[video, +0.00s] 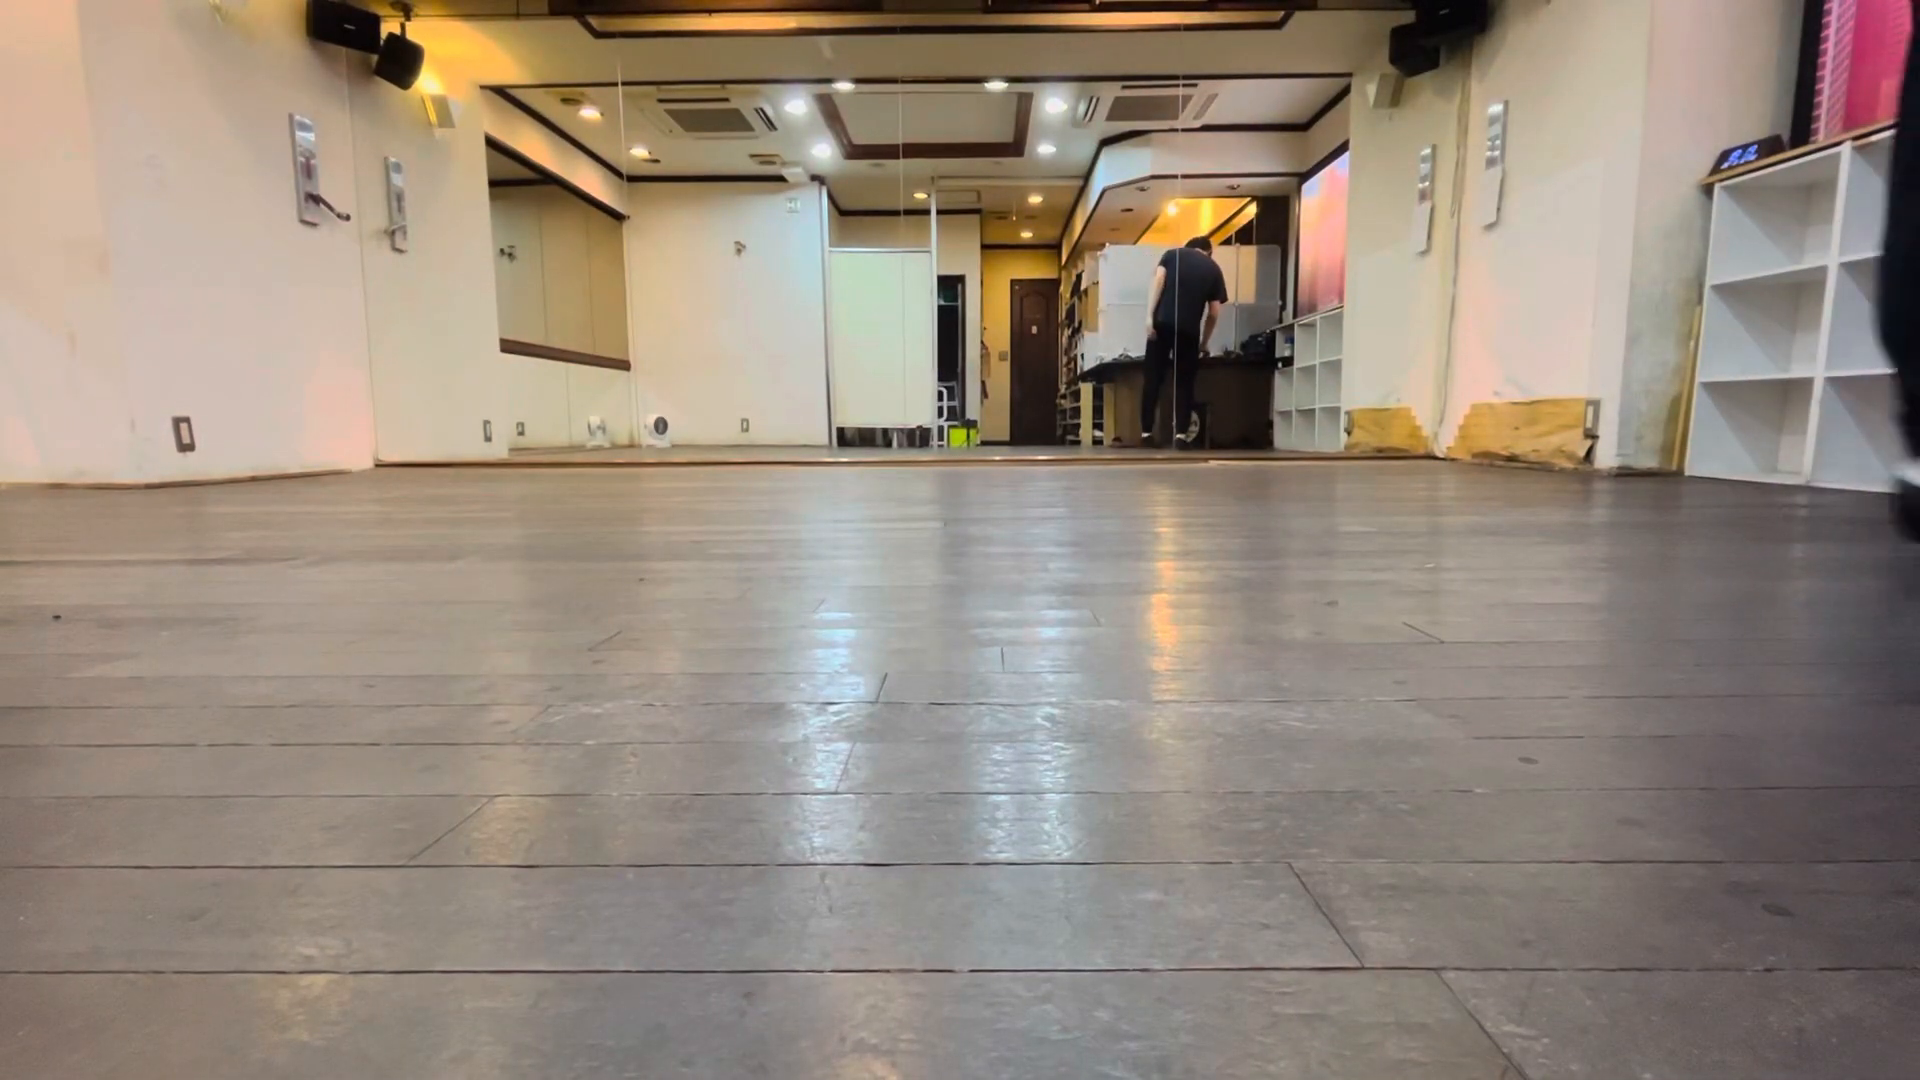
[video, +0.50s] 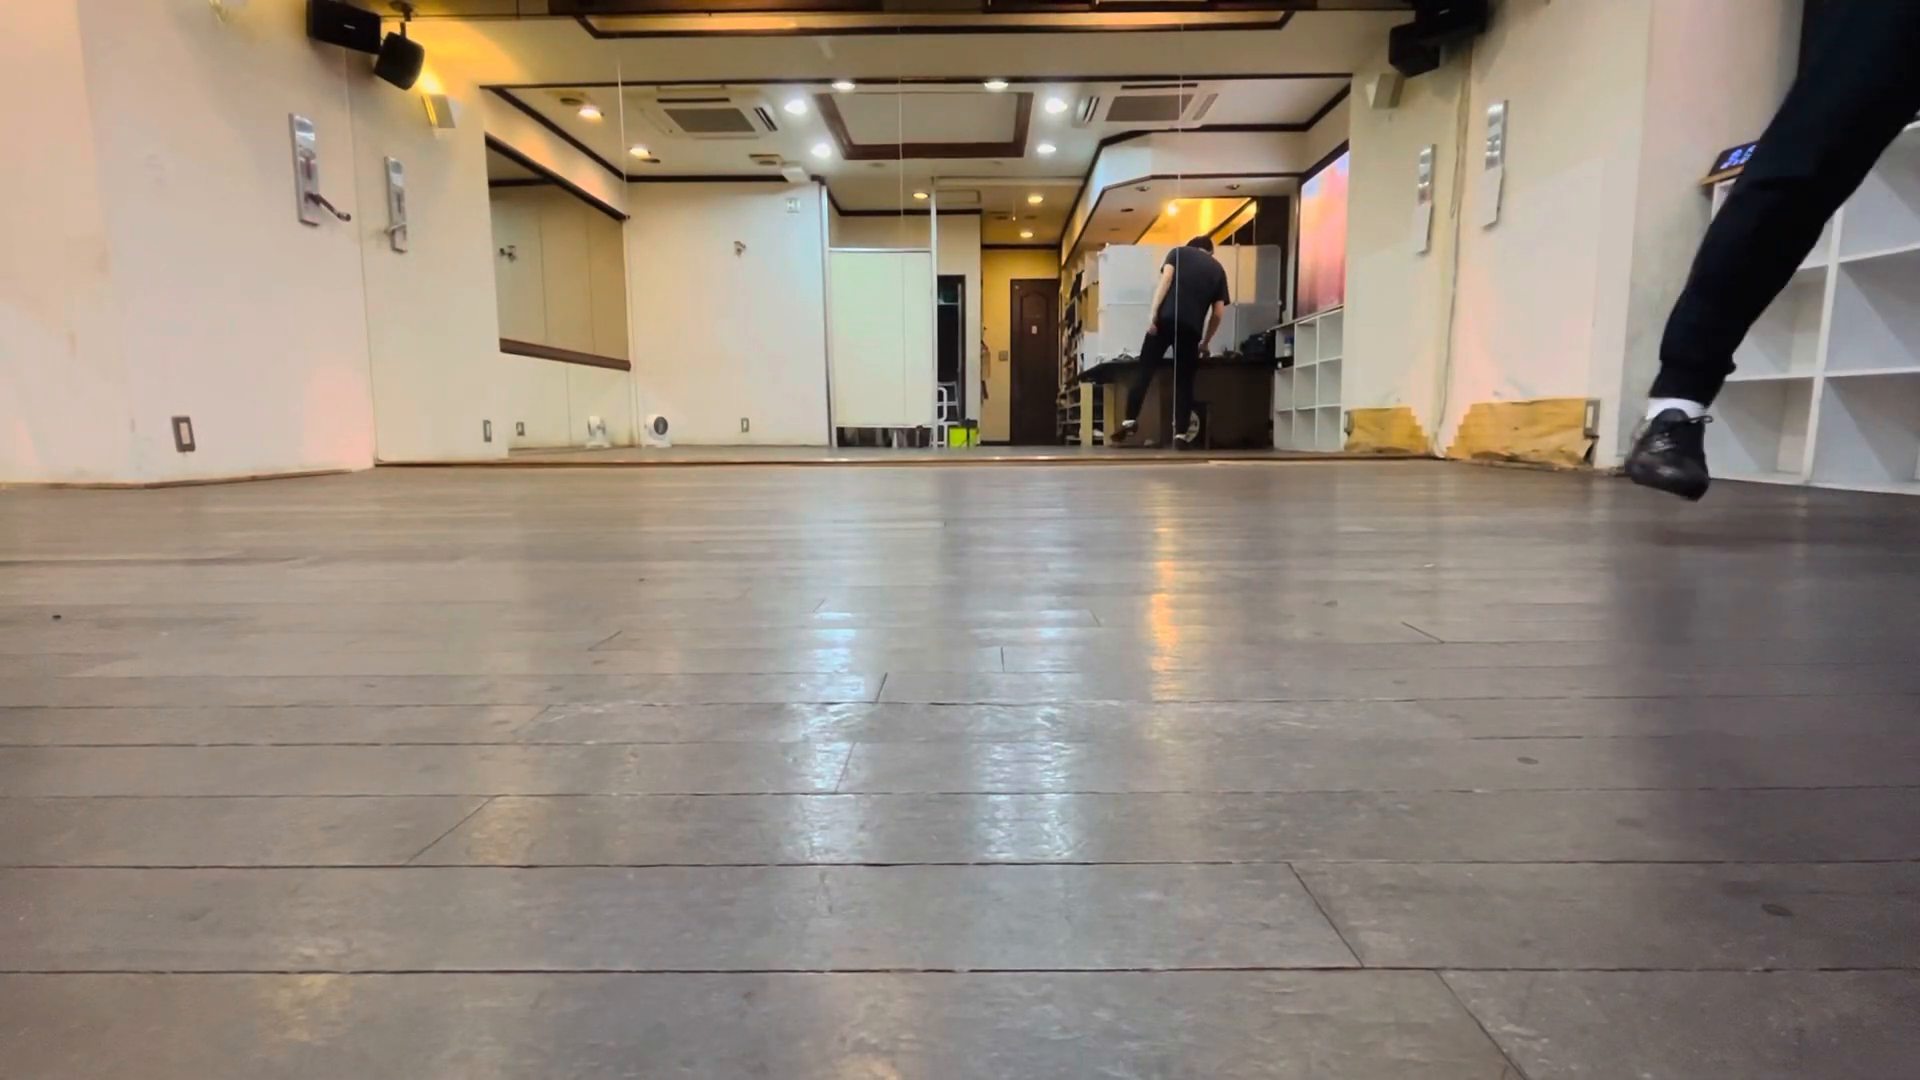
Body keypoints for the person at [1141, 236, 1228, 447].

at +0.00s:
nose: (1210, 257)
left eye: (1209, 255)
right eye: (1211, 255)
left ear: (1188, 246)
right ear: (1208, 252)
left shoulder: (1172, 254)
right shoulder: (1213, 269)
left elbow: (1159, 280)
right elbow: (1213, 313)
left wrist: (1150, 317)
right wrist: (1205, 343)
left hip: (1162, 325)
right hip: (1189, 331)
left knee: (1152, 377)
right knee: (1185, 381)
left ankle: (1146, 430)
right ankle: (1181, 433)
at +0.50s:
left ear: (1190, 246)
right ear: (1211, 252)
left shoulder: (1178, 252)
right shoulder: (1218, 270)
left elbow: (1167, 277)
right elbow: (1218, 314)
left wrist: (1153, 314)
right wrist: (1206, 342)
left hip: (1166, 320)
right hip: (1191, 328)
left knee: (1145, 368)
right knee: (1185, 380)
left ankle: (1130, 418)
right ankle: (1180, 433)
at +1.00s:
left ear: (1188, 245)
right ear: (1207, 250)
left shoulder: (1180, 250)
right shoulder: (1217, 270)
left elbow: (1172, 275)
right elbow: (1218, 313)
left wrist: (1158, 310)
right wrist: (1206, 342)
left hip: (1169, 317)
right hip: (1192, 326)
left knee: (1155, 367)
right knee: (1185, 377)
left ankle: (1148, 420)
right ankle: (1181, 433)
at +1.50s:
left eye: (1187, 244)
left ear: (1189, 243)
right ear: (1209, 249)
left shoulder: (1179, 249)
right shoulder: (1218, 268)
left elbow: (1171, 274)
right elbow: (1220, 313)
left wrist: (1156, 309)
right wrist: (1207, 343)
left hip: (1167, 319)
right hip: (1193, 327)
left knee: (1150, 369)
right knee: (1185, 379)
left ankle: (1136, 420)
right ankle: (1183, 434)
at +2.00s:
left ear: (1181, 239)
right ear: (1201, 244)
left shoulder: (1171, 247)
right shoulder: (1210, 263)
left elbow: (1160, 278)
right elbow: (1214, 311)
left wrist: (1149, 314)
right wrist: (1205, 342)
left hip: (1159, 324)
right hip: (1184, 328)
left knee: (1147, 373)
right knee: (1182, 377)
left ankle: (1145, 429)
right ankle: (1182, 433)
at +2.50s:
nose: (1166, 244)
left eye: (1167, 241)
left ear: (1169, 240)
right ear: (1189, 242)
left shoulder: (1163, 249)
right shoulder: (1200, 261)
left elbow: (1154, 280)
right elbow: (1207, 307)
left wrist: (1144, 318)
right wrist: (1203, 340)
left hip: (1155, 327)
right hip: (1180, 330)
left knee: (1142, 373)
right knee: (1179, 378)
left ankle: (1144, 428)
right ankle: (1182, 432)